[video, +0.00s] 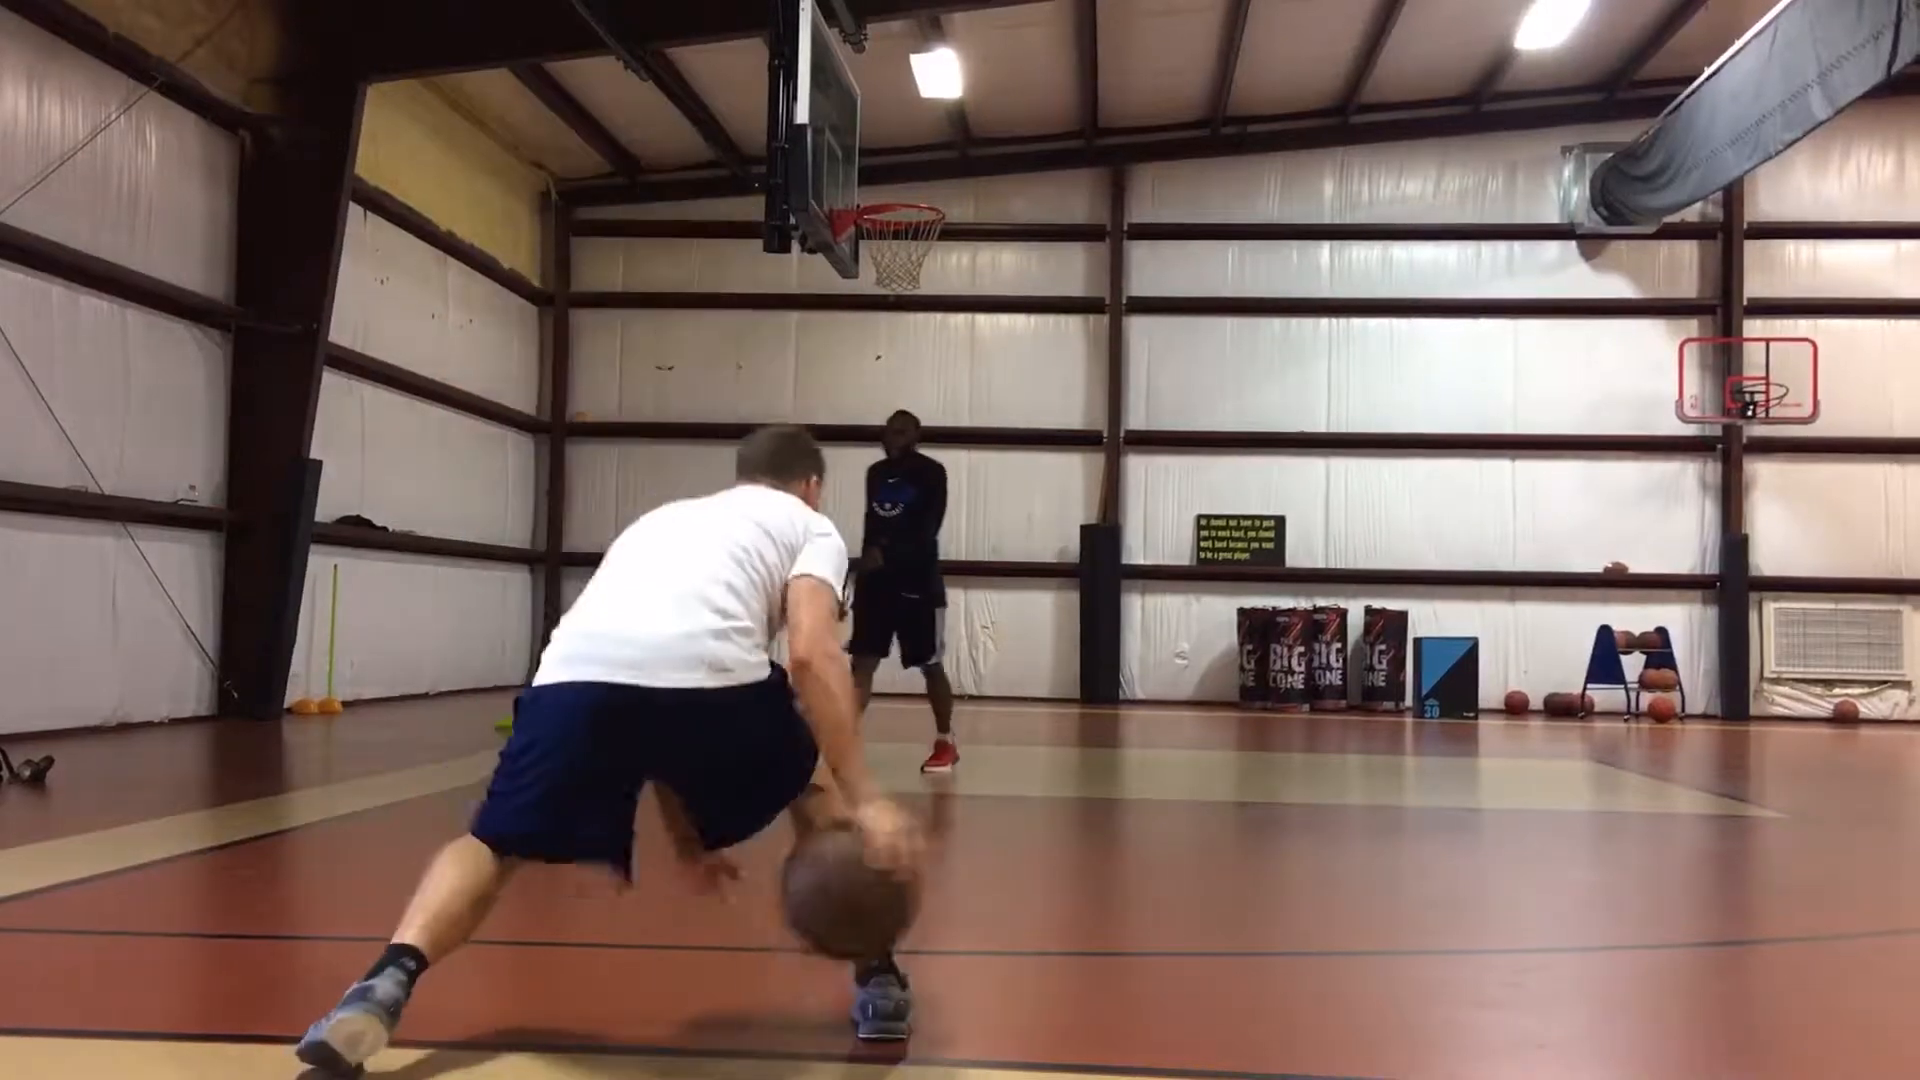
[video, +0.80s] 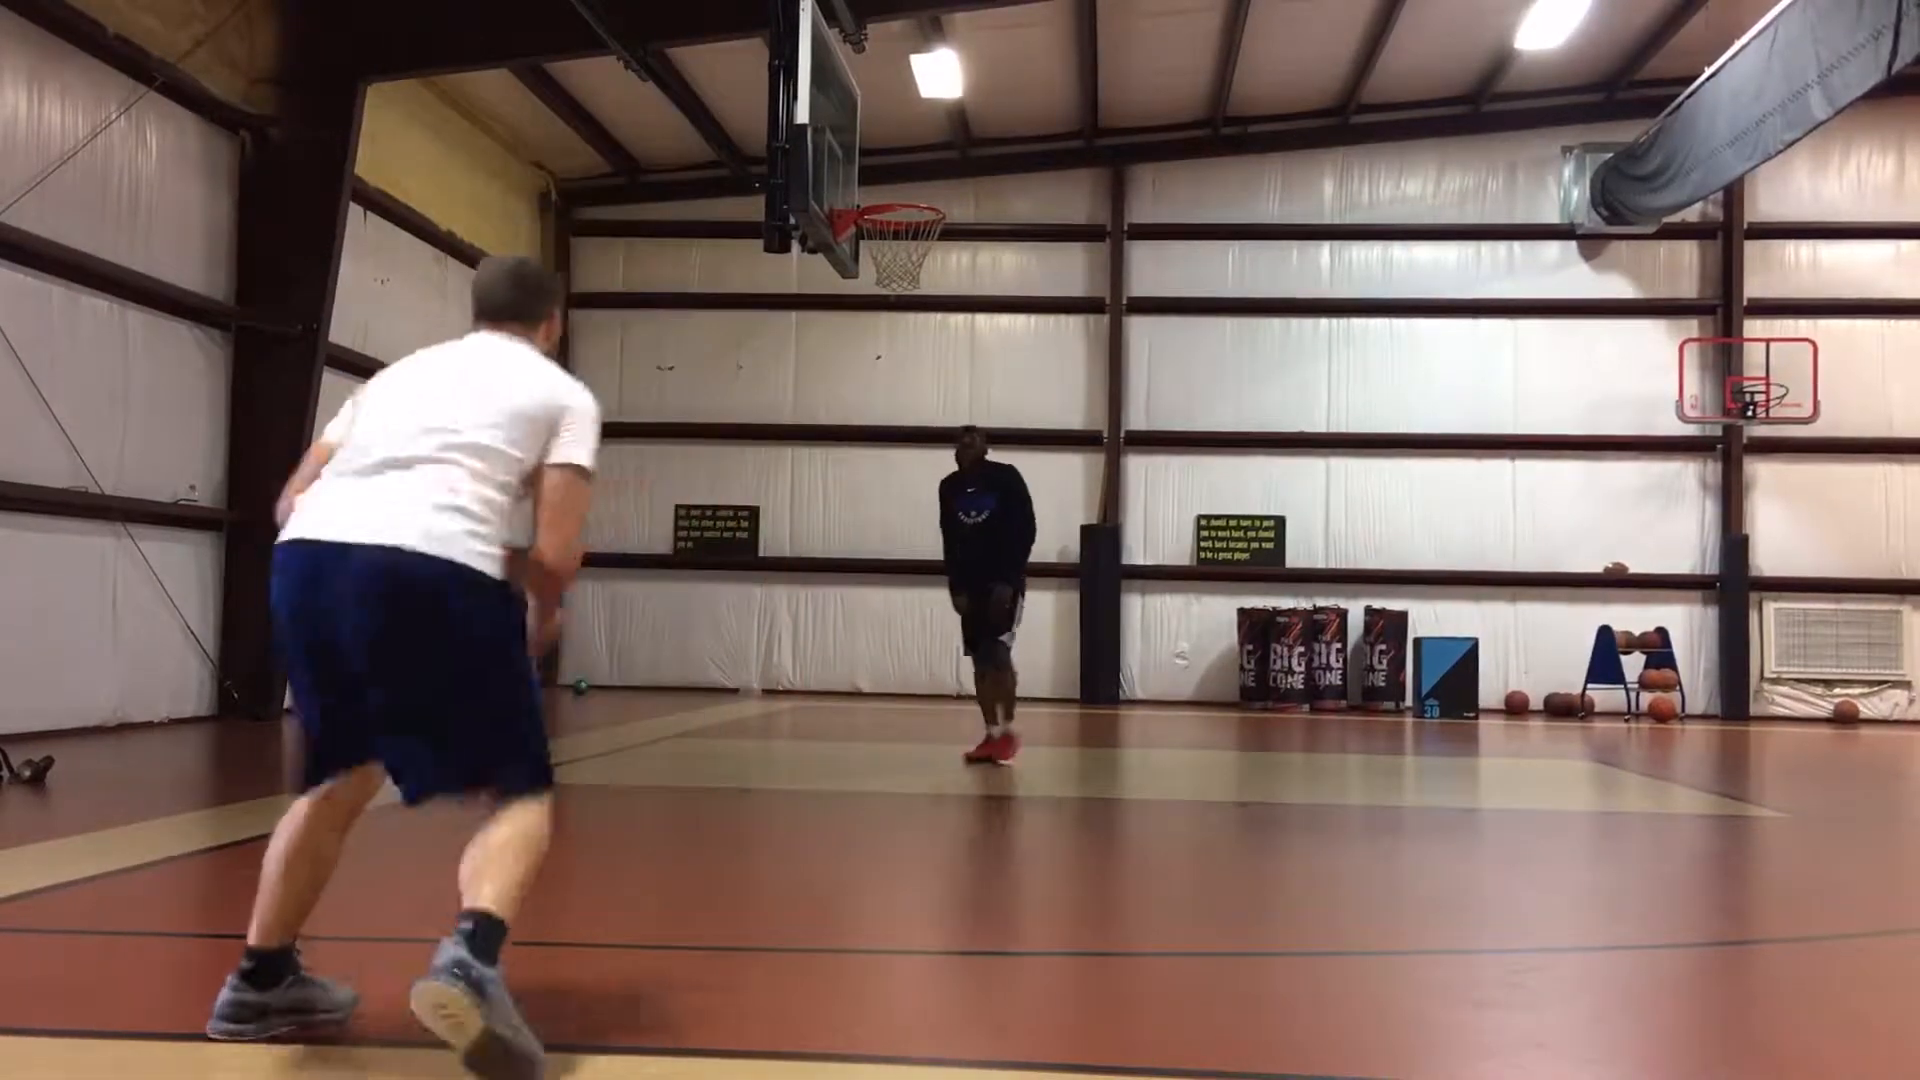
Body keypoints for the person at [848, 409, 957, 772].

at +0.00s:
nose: (892, 438)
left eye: (900, 432)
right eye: (890, 431)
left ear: (915, 436)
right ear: (884, 434)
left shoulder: (932, 472)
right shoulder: (876, 472)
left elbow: (926, 531)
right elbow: (871, 528)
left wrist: (883, 553)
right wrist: (863, 576)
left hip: (919, 586)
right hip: (876, 584)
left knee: (930, 666)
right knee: (862, 663)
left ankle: (944, 742)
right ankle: (843, 743)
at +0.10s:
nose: (913, 436)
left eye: (921, 431)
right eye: (910, 429)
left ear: (936, 437)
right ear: (904, 432)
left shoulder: (947, 473)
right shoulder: (895, 469)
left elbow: (939, 532)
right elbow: (888, 527)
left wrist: (905, 574)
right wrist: (877, 577)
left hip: (931, 585)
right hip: (890, 582)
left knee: (942, 664)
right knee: (877, 659)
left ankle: (947, 744)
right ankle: (867, 744)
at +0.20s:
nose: (933, 439)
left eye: (941, 434)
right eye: (929, 431)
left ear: (954, 438)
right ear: (922, 432)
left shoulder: (963, 478)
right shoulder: (911, 465)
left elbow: (958, 538)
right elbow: (901, 523)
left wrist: (928, 580)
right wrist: (887, 571)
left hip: (941, 583)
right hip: (902, 578)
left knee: (945, 661)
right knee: (886, 653)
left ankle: (948, 744)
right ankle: (907, 736)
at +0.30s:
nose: (946, 440)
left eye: (954, 436)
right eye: (944, 433)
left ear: (965, 443)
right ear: (937, 433)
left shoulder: (975, 485)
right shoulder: (922, 468)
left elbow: (975, 545)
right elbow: (911, 520)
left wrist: (947, 586)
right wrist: (893, 566)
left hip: (950, 585)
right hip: (914, 580)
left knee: (947, 661)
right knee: (903, 659)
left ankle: (947, 741)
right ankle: (947, 717)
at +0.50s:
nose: (957, 447)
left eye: (965, 443)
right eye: (955, 441)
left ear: (978, 451)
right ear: (949, 446)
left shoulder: (991, 489)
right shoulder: (931, 480)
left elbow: (999, 547)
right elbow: (920, 530)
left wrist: (974, 591)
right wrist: (911, 575)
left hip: (975, 583)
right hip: (941, 579)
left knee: (962, 661)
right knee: (957, 662)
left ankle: (951, 744)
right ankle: (987, 729)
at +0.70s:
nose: (961, 454)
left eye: (968, 449)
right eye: (958, 448)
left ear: (981, 453)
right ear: (952, 452)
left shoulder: (1002, 482)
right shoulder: (942, 487)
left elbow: (1013, 542)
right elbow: (942, 542)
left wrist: (998, 590)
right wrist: (946, 589)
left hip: (994, 584)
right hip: (959, 583)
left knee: (983, 658)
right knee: (975, 659)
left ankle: (978, 736)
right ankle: (994, 735)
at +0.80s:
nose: (962, 448)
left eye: (969, 443)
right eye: (959, 443)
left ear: (984, 447)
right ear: (955, 450)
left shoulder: (1006, 476)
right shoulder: (949, 486)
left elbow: (1025, 529)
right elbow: (950, 539)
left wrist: (1010, 579)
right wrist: (955, 585)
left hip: (1004, 580)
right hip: (970, 580)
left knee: (997, 649)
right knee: (979, 655)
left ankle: (1007, 731)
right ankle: (991, 733)